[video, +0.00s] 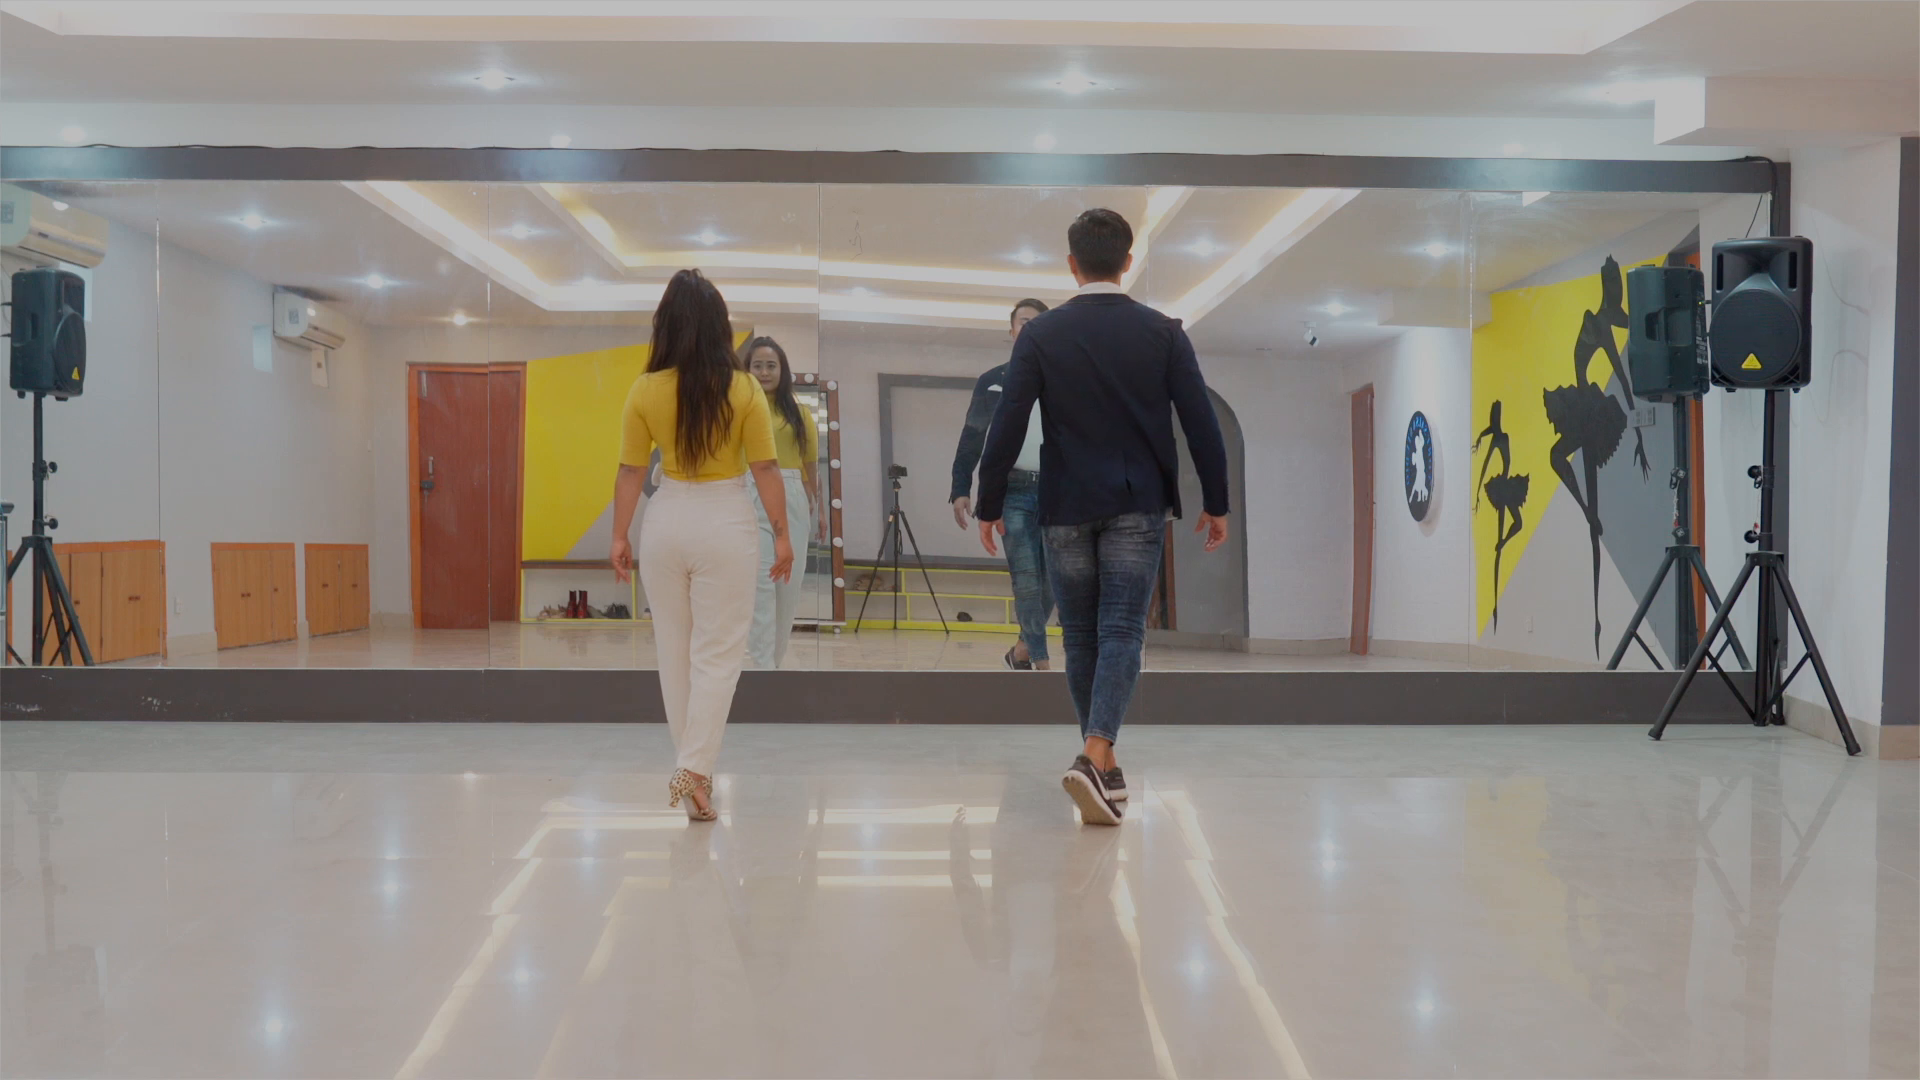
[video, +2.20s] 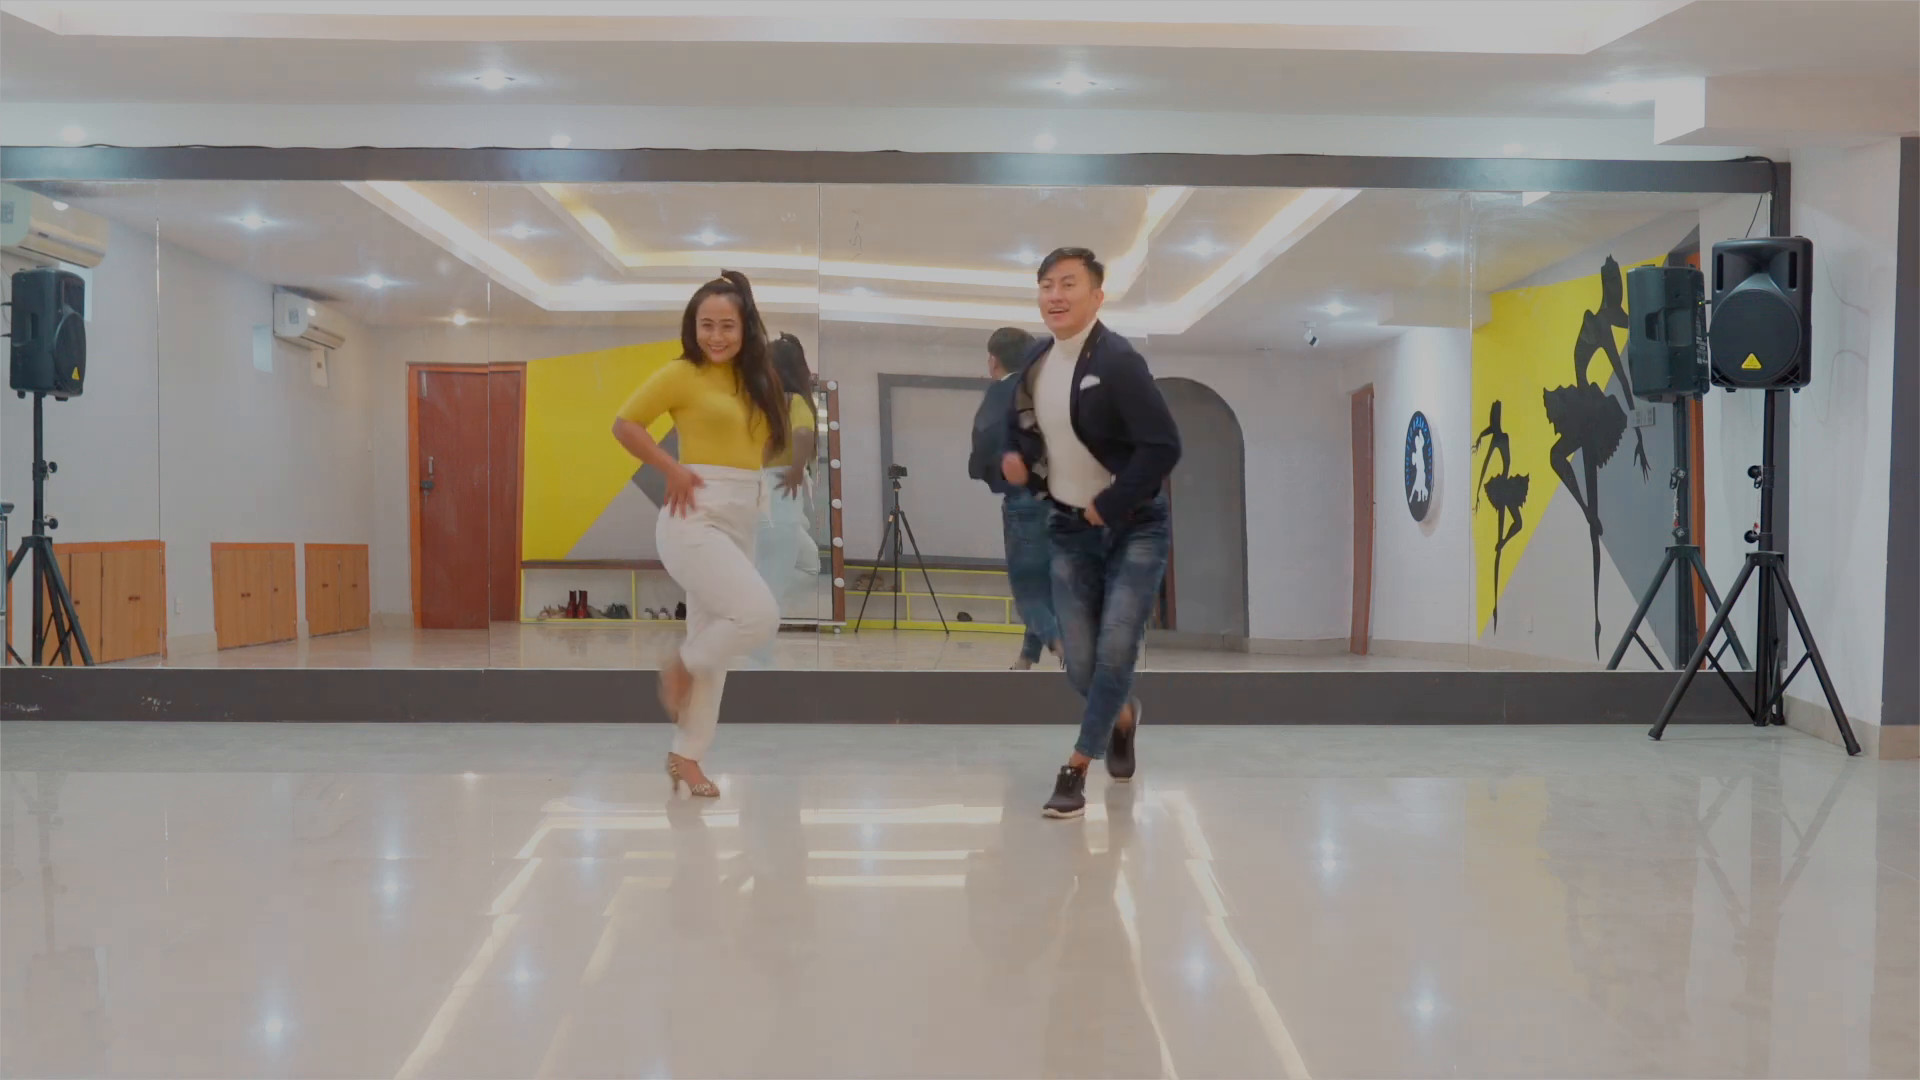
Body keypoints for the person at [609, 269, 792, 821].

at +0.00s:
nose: (730, 330)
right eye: (725, 321)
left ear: (665, 325)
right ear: (721, 324)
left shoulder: (646, 389)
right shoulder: (742, 387)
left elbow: (631, 470)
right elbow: (764, 467)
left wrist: (620, 534)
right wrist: (782, 533)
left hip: (664, 517)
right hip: (729, 519)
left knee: (673, 647)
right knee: (719, 652)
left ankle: (690, 768)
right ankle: (694, 768)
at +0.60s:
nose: (722, 322)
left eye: (715, 314)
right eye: (718, 315)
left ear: (663, 325)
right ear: (712, 321)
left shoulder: (657, 382)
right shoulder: (723, 385)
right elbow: (743, 465)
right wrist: (764, 532)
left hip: (666, 519)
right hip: (714, 521)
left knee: (688, 648)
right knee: (723, 655)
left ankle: (675, 765)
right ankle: (693, 774)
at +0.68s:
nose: (716, 318)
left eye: (710, 309)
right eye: (709, 311)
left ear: (666, 327)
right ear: (701, 323)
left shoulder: (710, 381)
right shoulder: (684, 393)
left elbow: (753, 410)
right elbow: (701, 475)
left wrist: (770, 457)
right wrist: (750, 532)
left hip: (700, 528)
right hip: (689, 530)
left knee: (708, 647)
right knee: (720, 646)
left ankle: (672, 765)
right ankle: (684, 776)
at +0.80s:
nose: (685, 327)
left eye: (694, 318)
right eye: (674, 321)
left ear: (716, 327)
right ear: (662, 333)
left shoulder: (741, 389)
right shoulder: (652, 391)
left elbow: (769, 463)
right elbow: (640, 473)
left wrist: (771, 529)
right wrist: (697, 516)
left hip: (730, 537)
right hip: (672, 534)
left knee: (734, 658)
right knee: (701, 651)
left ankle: (681, 764)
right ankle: (681, 779)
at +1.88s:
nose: (703, 349)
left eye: (715, 341)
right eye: (694, 339)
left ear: (733, 345)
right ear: (681, 342)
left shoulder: (749, 399)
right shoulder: (662, 396)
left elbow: (764, 477)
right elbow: (649, 474)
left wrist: (765, 540)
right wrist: (655, 542)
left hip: (738, 536)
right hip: (678, 534)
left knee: (731, 652)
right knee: (685, 646)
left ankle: (701, 761)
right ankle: (683, 769)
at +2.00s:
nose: (707, 342)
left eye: (719, 332)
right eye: (698, 331)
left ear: (737, 335)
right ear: (685, 334)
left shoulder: (750, 391)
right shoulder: (669, 384)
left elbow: (768, 461)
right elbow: (632, 454)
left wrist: (763, 510)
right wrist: (660, 513)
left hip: (739, 530)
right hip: (680, 526)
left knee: (728, 645)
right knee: (713, 629)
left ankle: (698, 759)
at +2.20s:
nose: (717, 335)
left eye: (728, 325)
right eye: (707, 324)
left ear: (746, 328)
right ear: (693, 328)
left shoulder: (757, 382)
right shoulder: (682, 375)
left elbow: (781, 445)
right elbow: (625, 425)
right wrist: (671, 468)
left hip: (741, 522)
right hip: (692, 517)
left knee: (710, 644)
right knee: (757, 616)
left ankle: (687, 754)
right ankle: (681, 667)